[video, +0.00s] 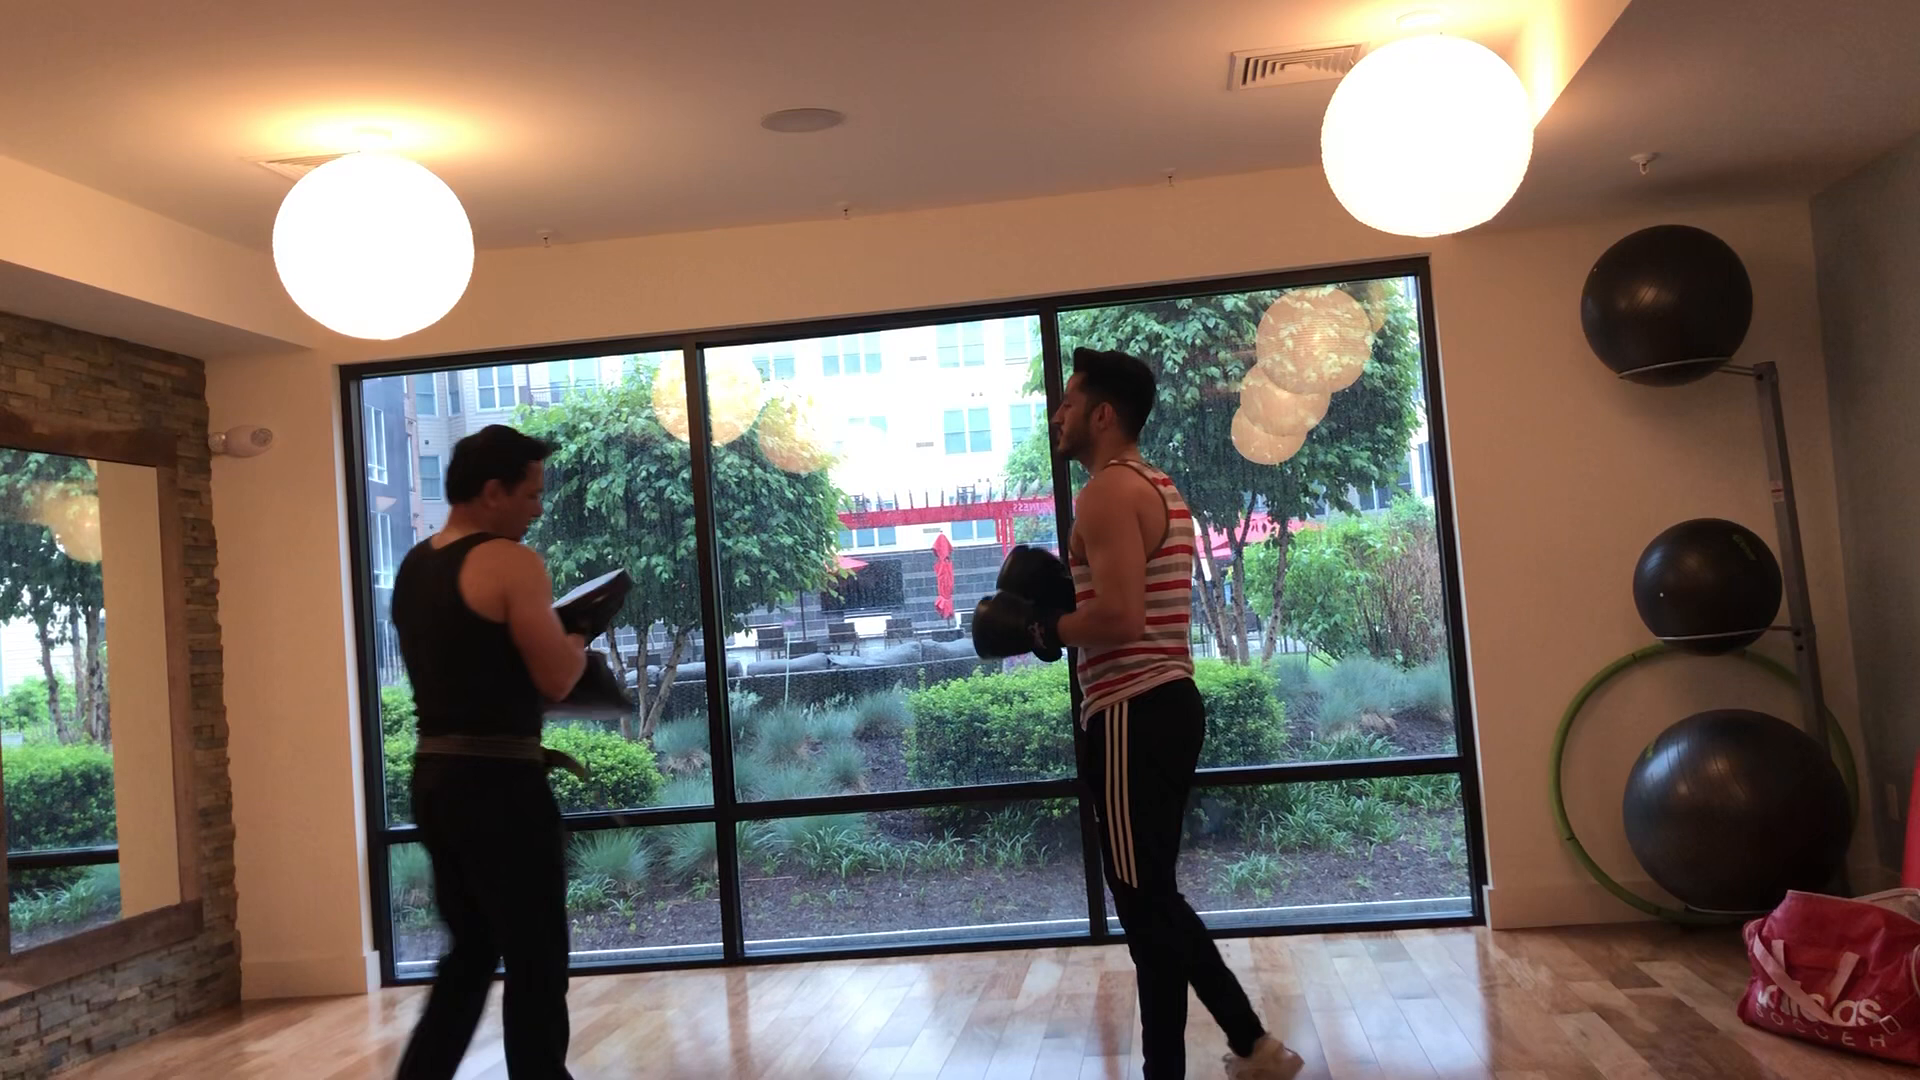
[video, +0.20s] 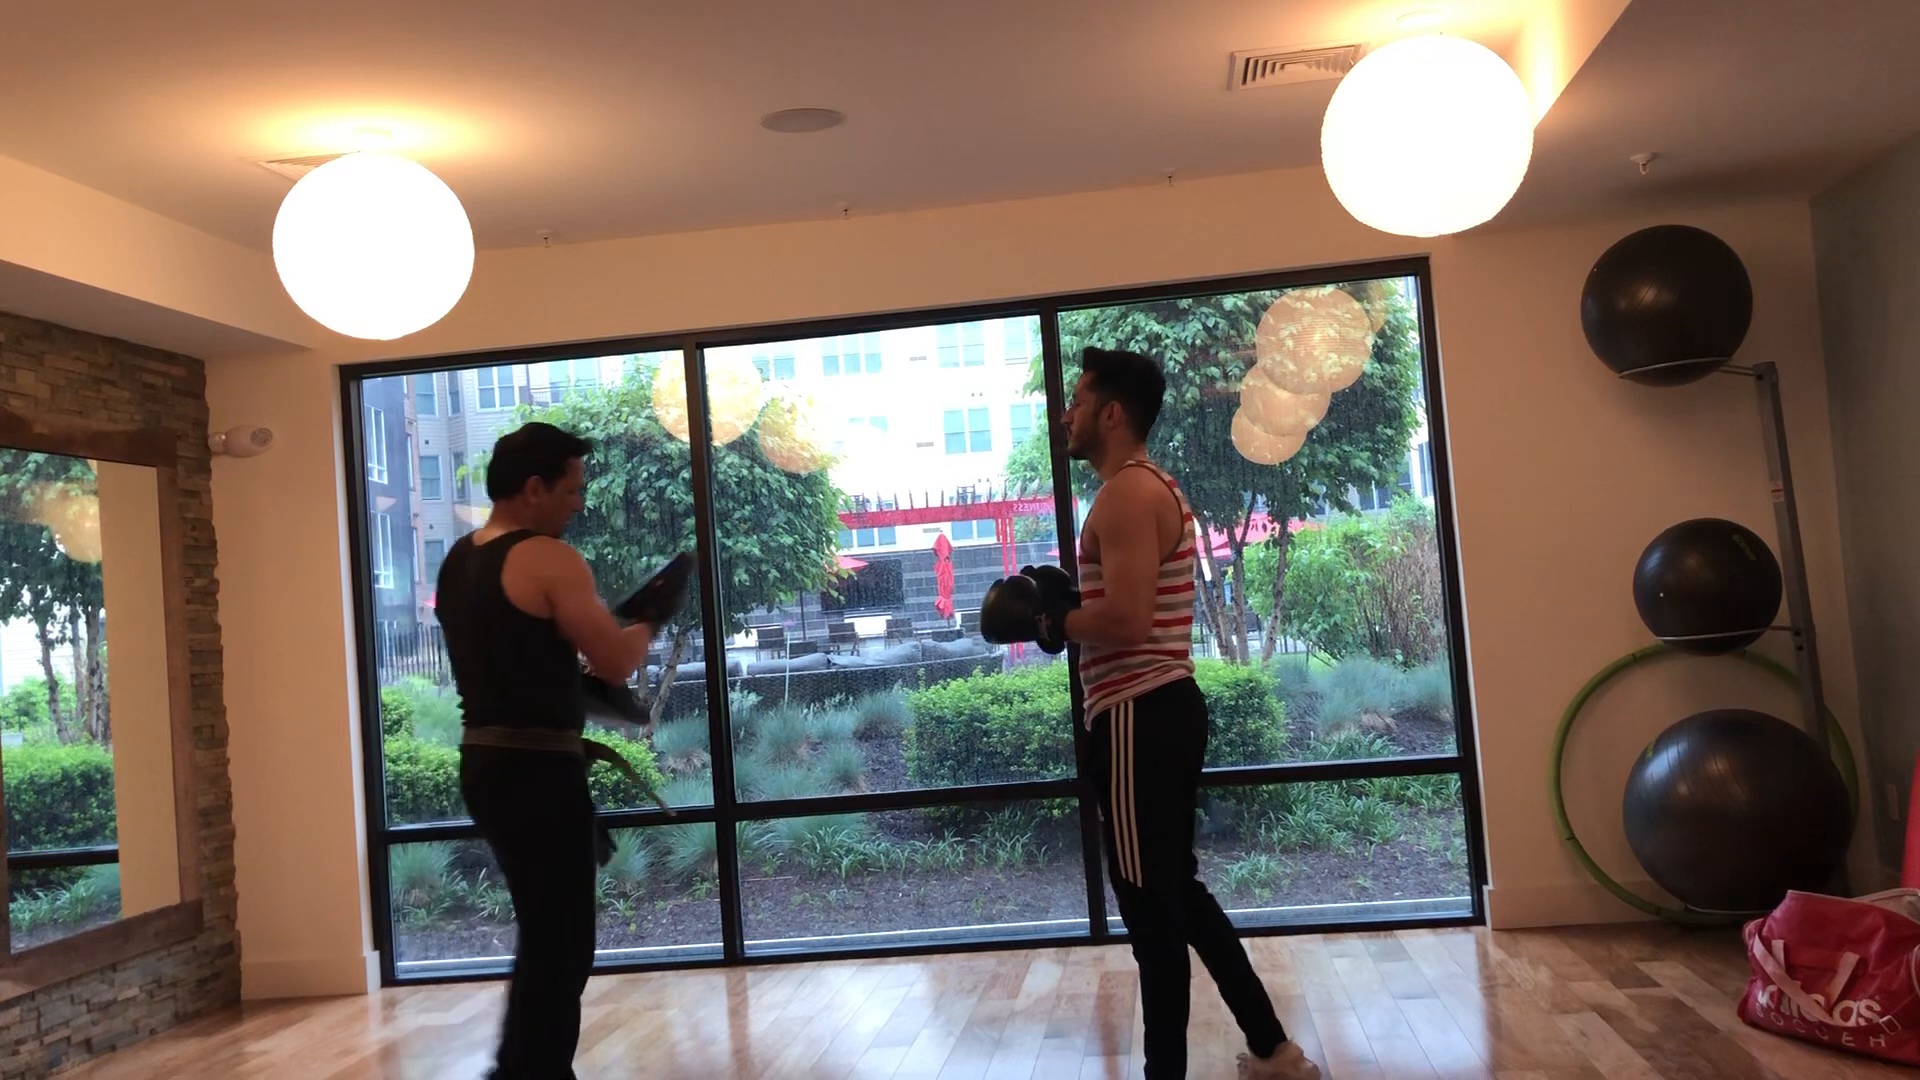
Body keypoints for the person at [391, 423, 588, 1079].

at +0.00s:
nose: (540, 508)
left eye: (541, 493)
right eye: (534, 493)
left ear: (472, 491)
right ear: (492, 492)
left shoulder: (416, 564)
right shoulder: (514, 565)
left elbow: (457, 666)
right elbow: (557, 678)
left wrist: (548, 634)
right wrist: (576, 638)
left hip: (437, 782)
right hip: (504, 784)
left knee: (472, 948)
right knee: (538, 961)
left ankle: (418, 1075)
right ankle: (541, 1075)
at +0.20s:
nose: (581, 504)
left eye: (581, 490)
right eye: (574, 490)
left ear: (518, 490)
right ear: (534, 490)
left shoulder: (462, 559)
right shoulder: (550, 560)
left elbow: (503, 663)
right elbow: (616, 661)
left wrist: (588, 681)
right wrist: (650, 616)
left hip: (488, 769)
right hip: (541, 772)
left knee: (543, 936)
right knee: (563, 944)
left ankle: (521, 1065)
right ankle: (538, 1070)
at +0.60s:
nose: (641, 496)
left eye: (639, 482)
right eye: (633, 483)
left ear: (581, 491)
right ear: (595, 489)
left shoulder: (542, 559)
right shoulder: (599, 557)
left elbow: (603, 657)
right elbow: (673, 650)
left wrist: (688, 627)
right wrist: (722, 617)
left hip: (563, 763)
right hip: (603, 767)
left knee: (608, 940)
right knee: (628, 944)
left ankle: (636, 1070)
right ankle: (576, 1073)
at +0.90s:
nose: (669, 485)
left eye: (667, 472)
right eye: (654, 473)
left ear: (614, 487)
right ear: (609, 485)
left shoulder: (598, 551)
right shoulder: (616, 551)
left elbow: (648, 651)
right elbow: (661, 648)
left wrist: (720, 657)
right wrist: (722, 623)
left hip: (610, 755)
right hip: (634, 759)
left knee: (630, 914)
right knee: (688, 910)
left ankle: (634, 1060)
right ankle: (672, 1064)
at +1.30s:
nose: (692, 477)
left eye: (692, 465)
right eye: (673, 469)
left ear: (697, 474)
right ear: (638, 488)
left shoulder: (699, 560)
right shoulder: (642, 558)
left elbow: (718, 641)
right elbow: (678, 660)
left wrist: (762, 640)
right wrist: (743, 627)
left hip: (704, 753)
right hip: (662, 758)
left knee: (742, 886)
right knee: (682, 905)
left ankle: (672, 1034)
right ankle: (682, 1052)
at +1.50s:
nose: (714, 474)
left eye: (715, 461)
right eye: (696, 466)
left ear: (720, 469)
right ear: (661, 484)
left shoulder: (729, 557)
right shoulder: (650, 560)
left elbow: (771, 625)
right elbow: (679, 661)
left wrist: (813, 656)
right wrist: (762, 633)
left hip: (739, 748)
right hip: (676, 756)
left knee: (790, 886)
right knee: (687, 914)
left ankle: (749, 1042)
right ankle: (693, 1061)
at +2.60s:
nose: (807, 464)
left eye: (815, 450)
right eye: (790, 452)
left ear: (825, 460)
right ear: (756, 466)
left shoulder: (838, 543)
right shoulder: (728, 548)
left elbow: (859, 633)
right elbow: (698, 653)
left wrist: (895, 686)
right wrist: (798, 695)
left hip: (840, 753)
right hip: (760, 763)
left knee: (901, 896)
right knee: (774, 932)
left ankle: (851, 1031)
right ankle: (784, 1068)